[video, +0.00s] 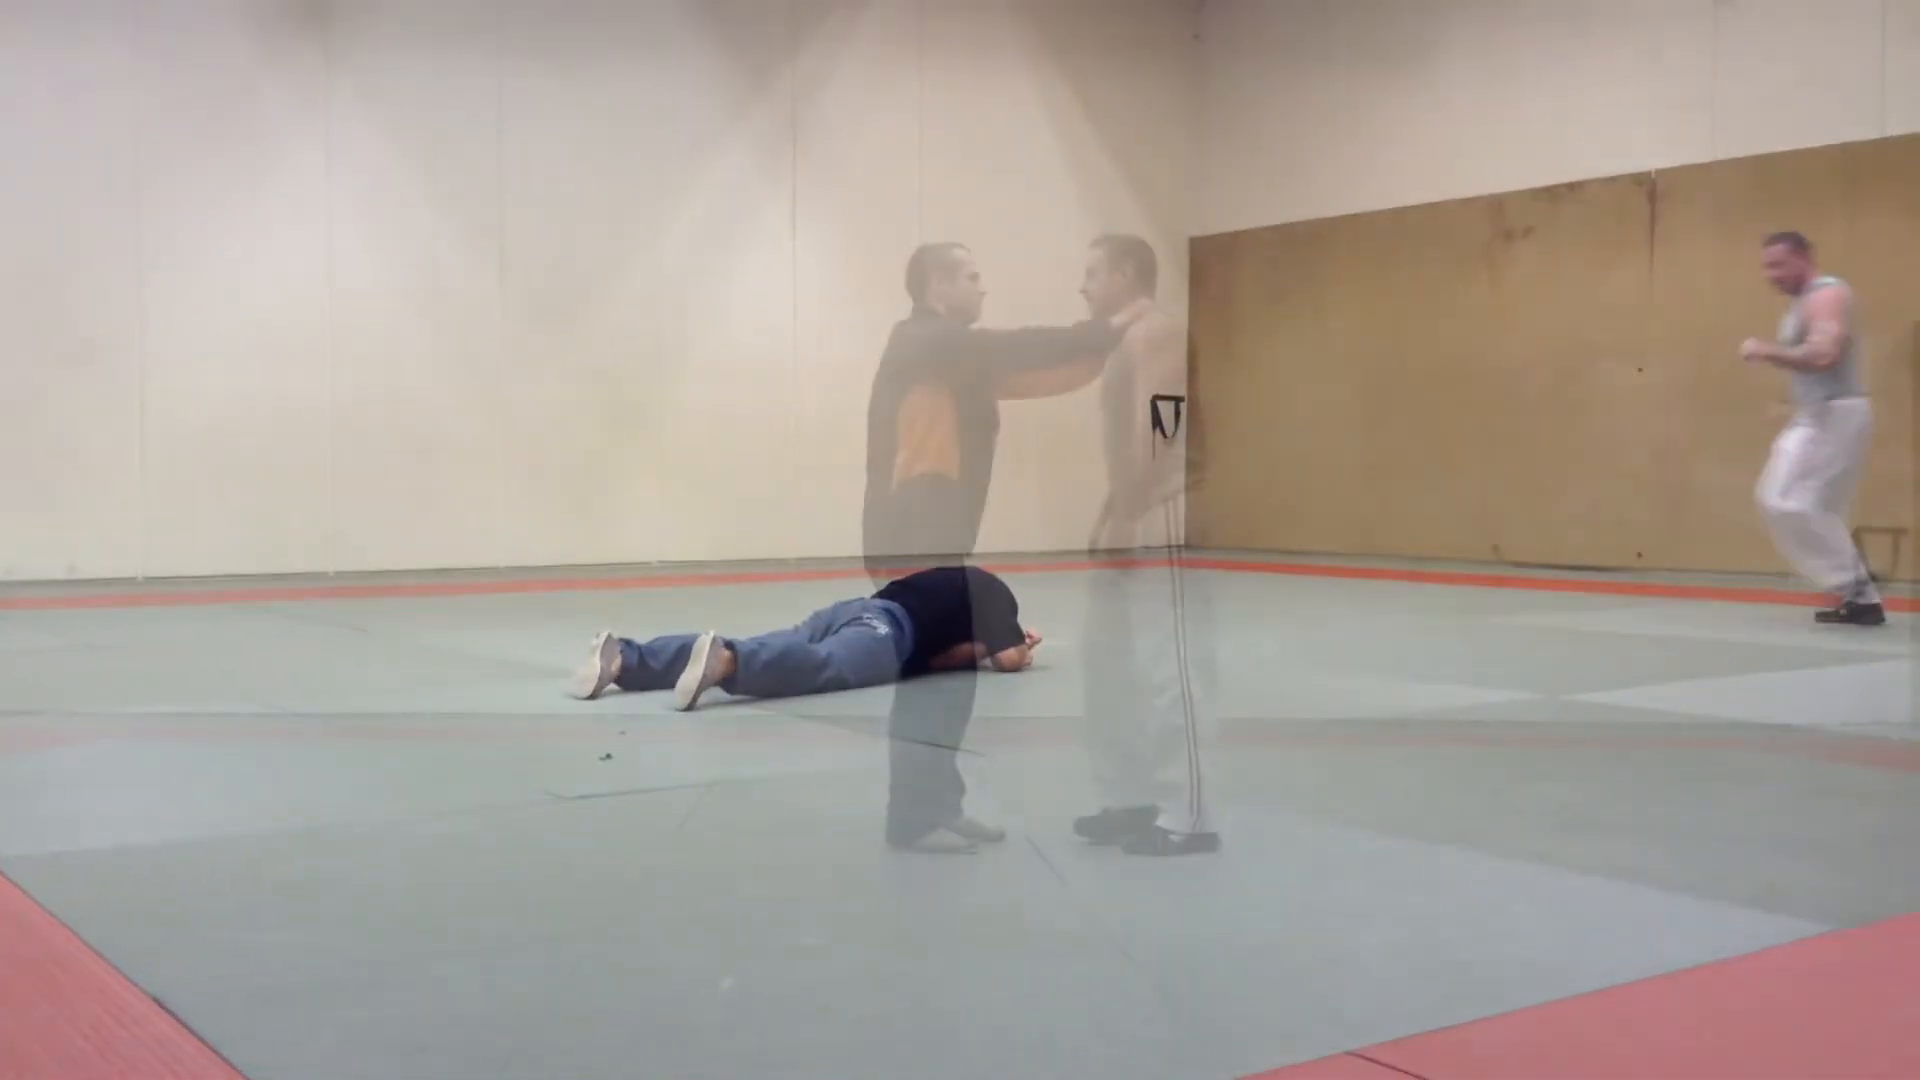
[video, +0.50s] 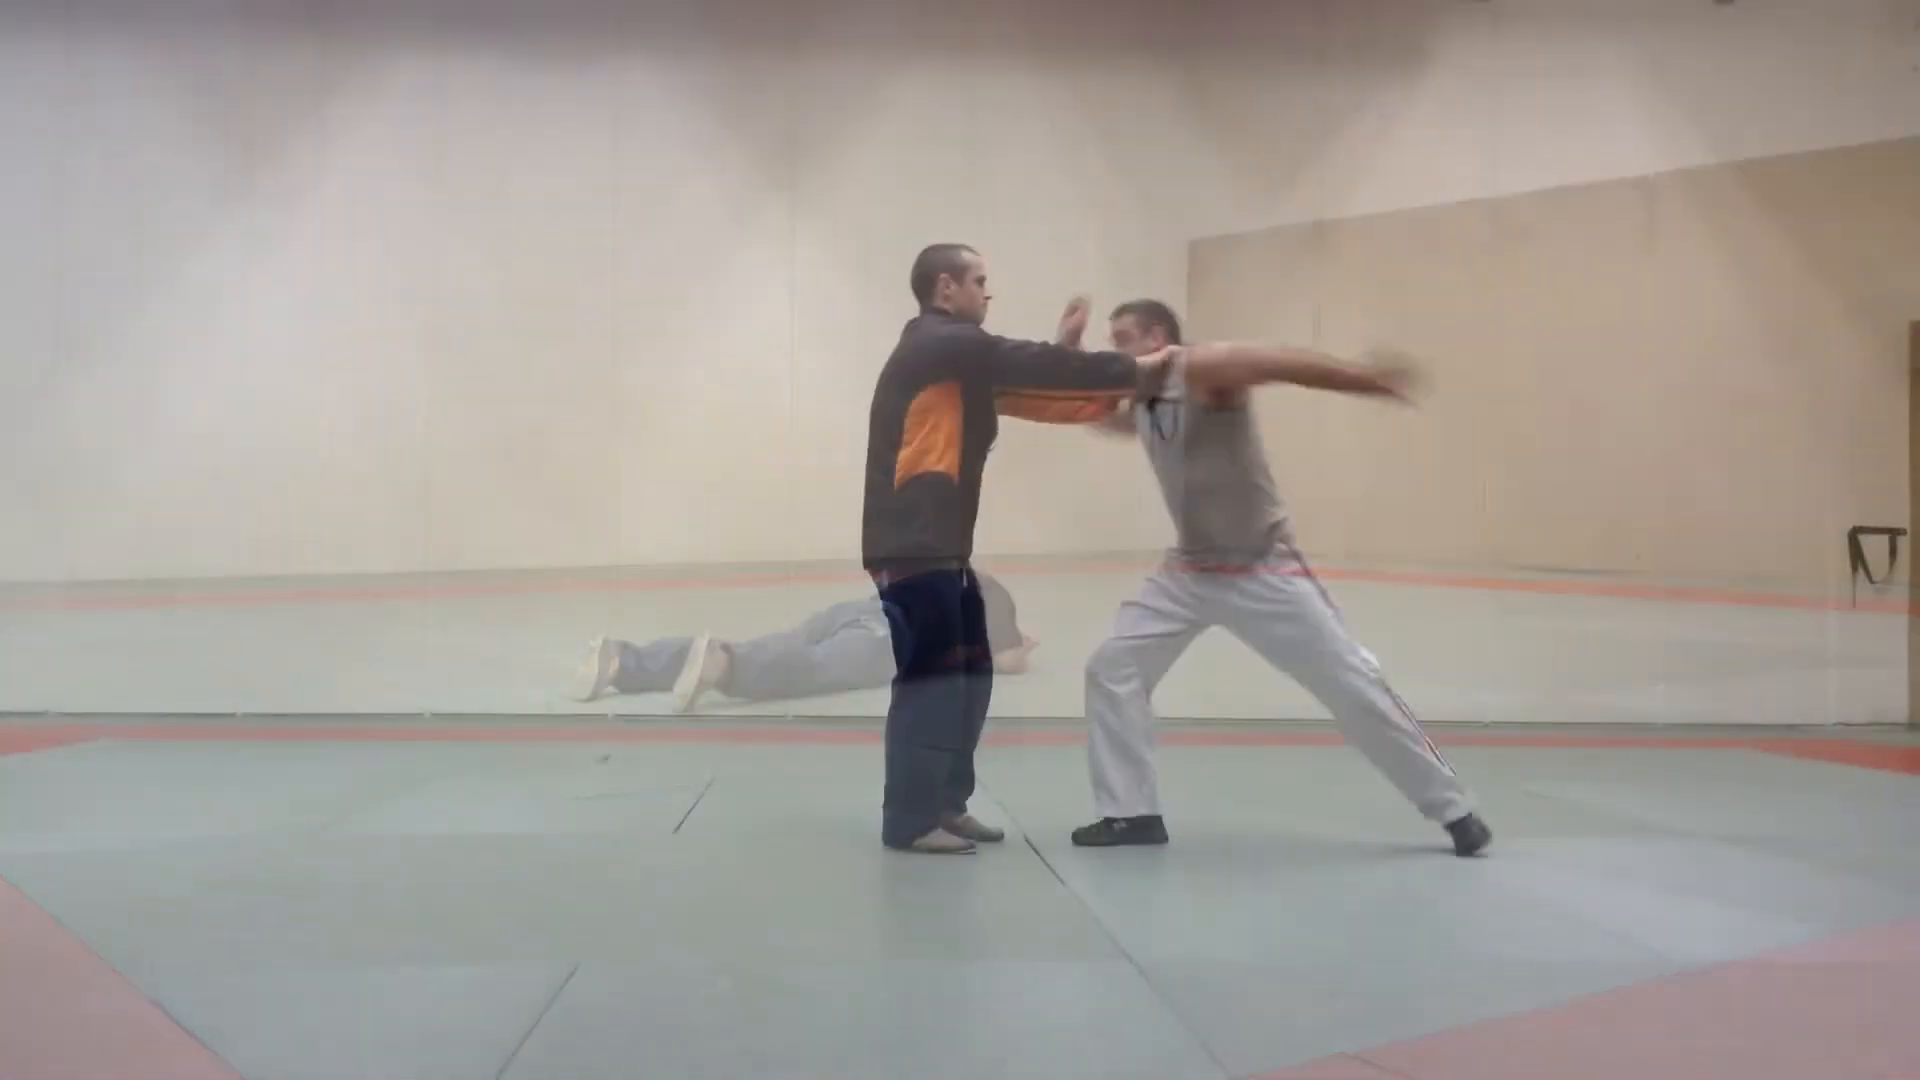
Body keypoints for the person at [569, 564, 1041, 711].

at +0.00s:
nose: (1015, 642)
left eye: (1013, 638)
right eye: (1015, 637)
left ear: (977, 597)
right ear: (1005, 605)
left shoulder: (944, 593)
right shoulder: (990, 592)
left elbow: (930, 659)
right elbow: (993, 654)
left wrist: (999, 652)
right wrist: (1012, 657)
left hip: (854, 610)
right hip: (890, 626)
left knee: (763, 647)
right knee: (823, 665)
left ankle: (625, 660)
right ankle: (731, 661)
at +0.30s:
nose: (1015, 634)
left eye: (1011, 626)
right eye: (1013, 623)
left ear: (979, 586)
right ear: (999, 601)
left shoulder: (951, 582)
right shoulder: (986, 599)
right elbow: (993, 656)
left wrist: (1008, 641)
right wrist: (1016, 654)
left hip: (864, 610)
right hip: (889, 636)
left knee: (769, 646)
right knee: (815, 667)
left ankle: (624, 662)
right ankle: (727, 662)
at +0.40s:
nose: (1017, 635)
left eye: (1010, 626)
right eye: (1015, 624)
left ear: (981, 589)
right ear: (1001, 603)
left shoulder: (951, 580)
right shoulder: (989, 602)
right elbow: (990, 658)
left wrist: (1004, 641)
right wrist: (1014, 656)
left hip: (870, 610)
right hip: (894, 638)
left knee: (775, 646)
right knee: (817, 666)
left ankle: (626, 663)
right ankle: (727, 663)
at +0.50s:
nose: (1016, 638)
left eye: (1011, 629)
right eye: (1011, 626)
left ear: (983, 592)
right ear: (999, 609)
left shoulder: (959, 579)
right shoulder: (984, 607)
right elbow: (988, 659)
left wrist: (1003, 642)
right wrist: (1015, 656)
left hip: (869, 612)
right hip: (893, 639)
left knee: (770, 649)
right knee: (815, 669)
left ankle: (625, 664)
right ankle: (728, 664)